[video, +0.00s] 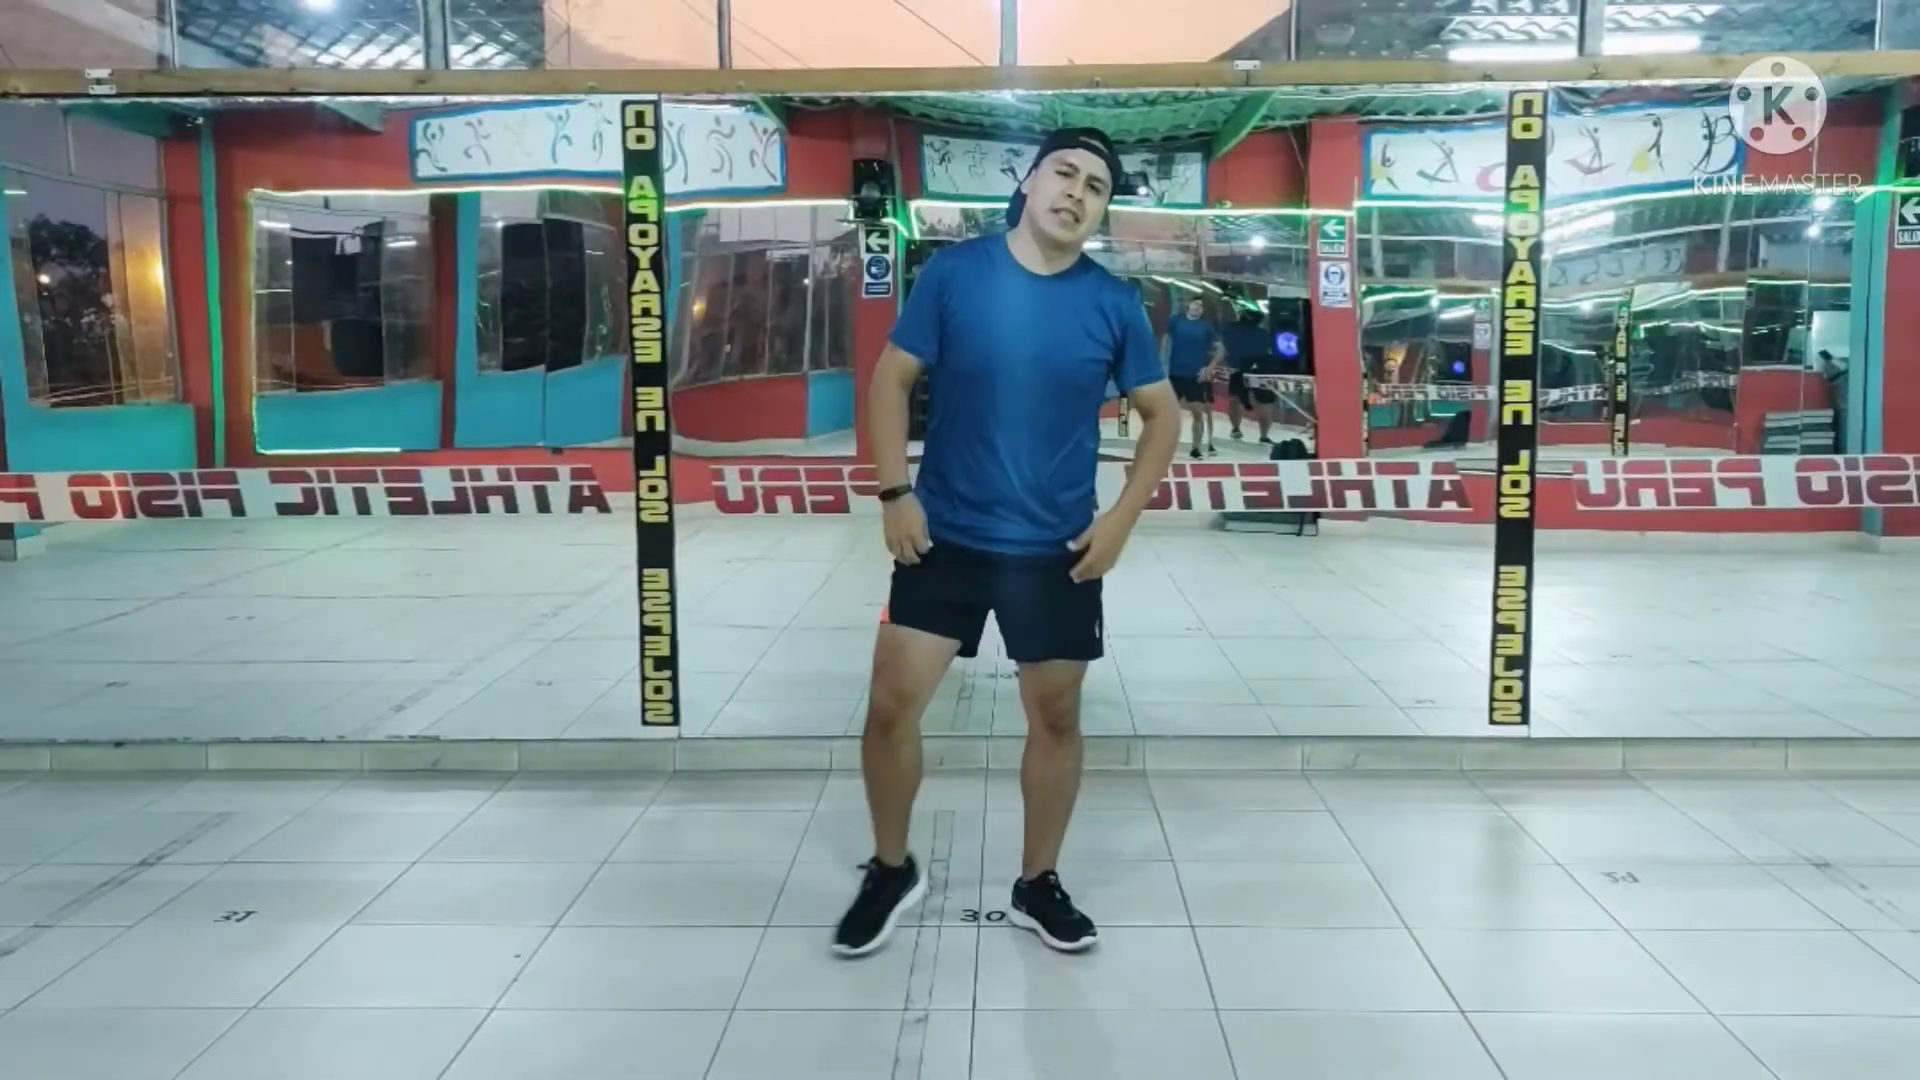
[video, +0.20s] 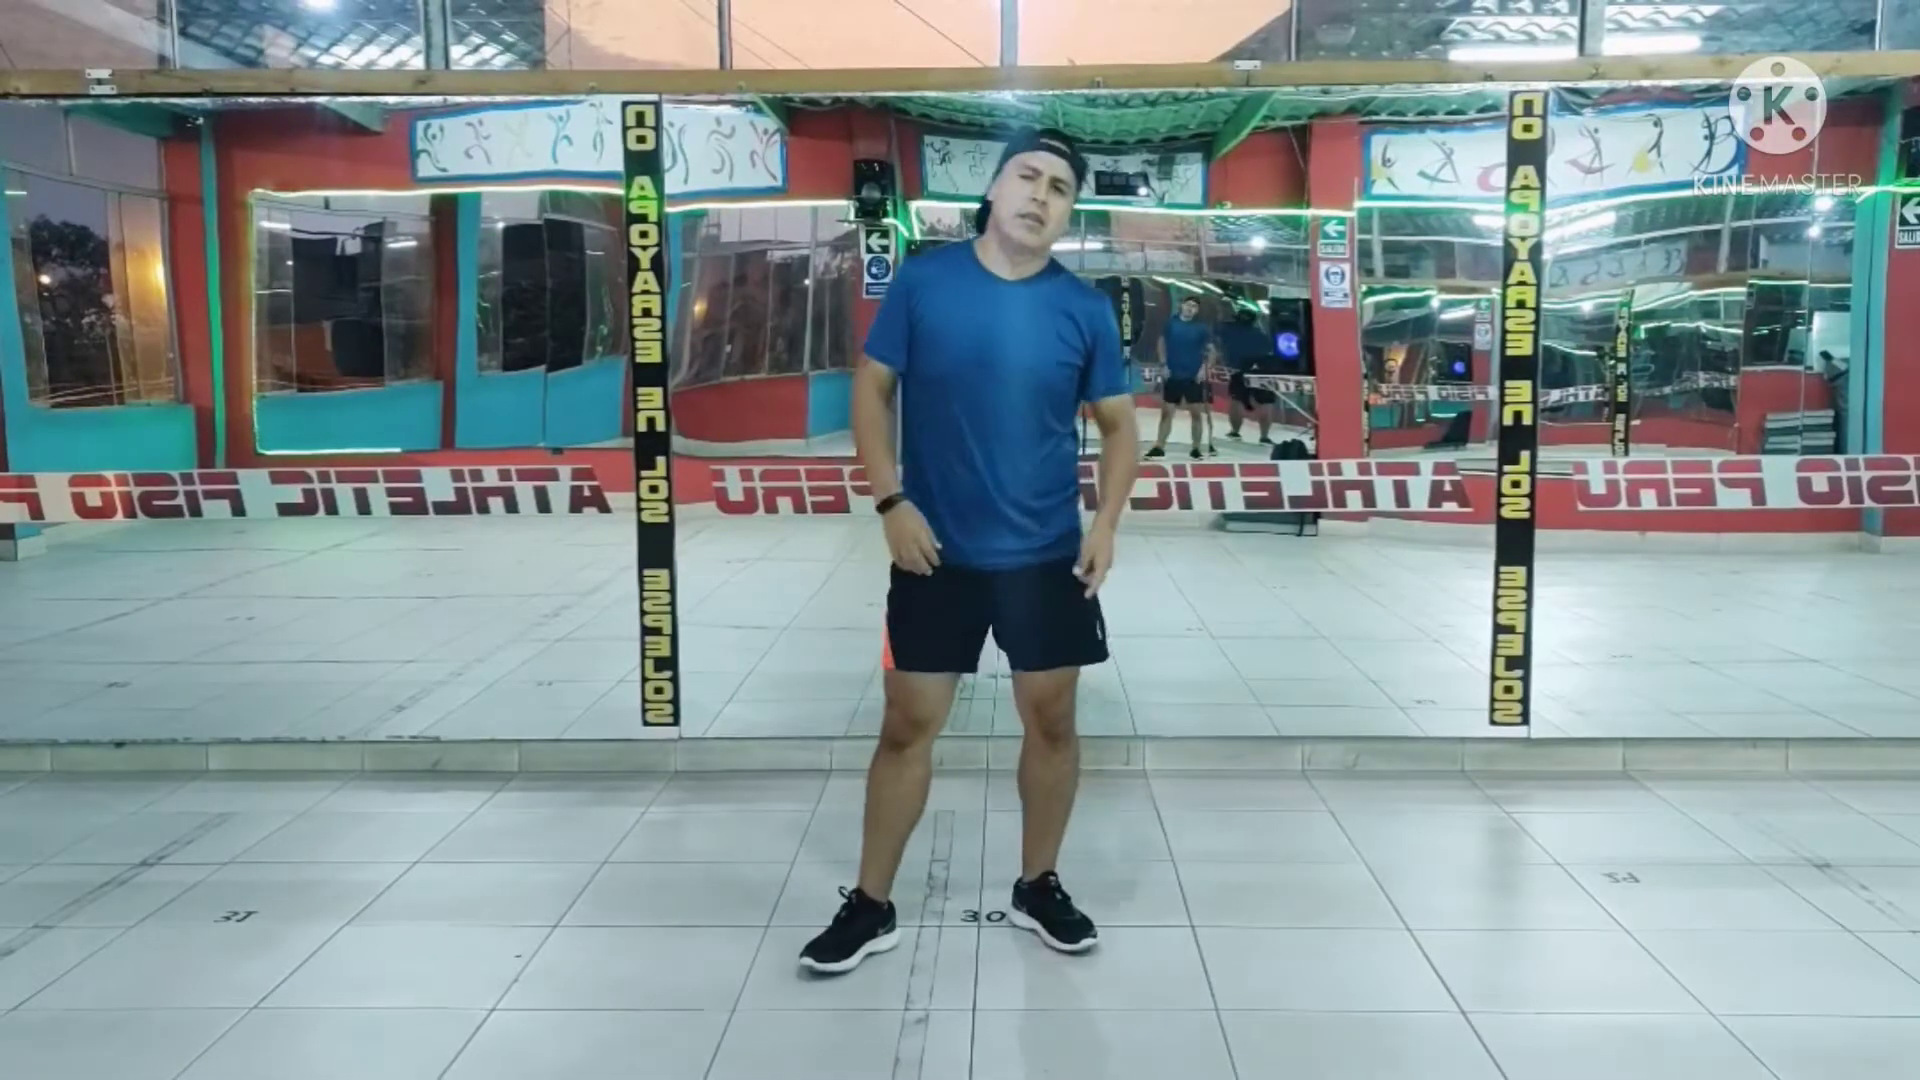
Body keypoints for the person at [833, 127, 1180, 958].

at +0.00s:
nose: (1078, 192)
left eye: (1095, 187)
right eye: (1065, 174)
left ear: (1103, 212)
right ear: (1026, 183)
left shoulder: (1114, 303)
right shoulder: (952, 275)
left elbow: (1163, 417)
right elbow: (889, 381)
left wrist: (1122, 516)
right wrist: (894, 493)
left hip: (1054, 547)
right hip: (946, 535)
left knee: (1057, 716)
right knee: (891, 704)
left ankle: (1039, 881)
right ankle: (890, 867)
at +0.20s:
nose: (1040, 195)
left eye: (1057, 188)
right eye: (1027, 178)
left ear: (1068, 214)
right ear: (990, 192)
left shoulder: (1083, 308)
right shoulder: (923, 279)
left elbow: (1120, 429)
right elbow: (870, 390)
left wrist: (1106, 523)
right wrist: (890, 502)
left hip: (1043, 552)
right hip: (938, 546)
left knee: (1053, 722)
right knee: (906, 725)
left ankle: (1038, 884)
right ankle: (869, 901)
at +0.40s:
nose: (977, 186)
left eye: (996, 178)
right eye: (965, 171)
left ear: (1017, 205)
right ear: (934, 187)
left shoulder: (1044, 297)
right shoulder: (880, 288)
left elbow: (1088, 420)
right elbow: (829, 404)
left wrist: (1061, 474)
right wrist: (826, 514)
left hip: (1029, 548)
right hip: (914, 549)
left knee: (1094, 716)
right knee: (884, 728)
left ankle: (1072, 866)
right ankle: (867, 901)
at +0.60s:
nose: (969, 189)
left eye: (989, 179)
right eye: (955, 174)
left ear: (1013, 204)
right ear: (931, 192)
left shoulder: (1045, 297)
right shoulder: (883, 292)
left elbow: (1085, 423)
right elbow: (828, 406)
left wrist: (1043, 414)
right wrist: (776, 510)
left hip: (1027, 559)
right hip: (912, 554)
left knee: (1083, 731)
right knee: (886, 732)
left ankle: (1122, 903)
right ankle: (867, 903)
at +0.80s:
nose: (992, 186)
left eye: (1012, 176)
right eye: (978, 171)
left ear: (1038, 202)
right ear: (953, 190)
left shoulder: (1067, 295)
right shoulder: (903, 289)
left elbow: (1100, 425)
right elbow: (861, 400)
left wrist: (1053, 395)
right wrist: (818, 510)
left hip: (1049, 555)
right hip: (932, 551)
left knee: (1095, 726)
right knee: (886, 723)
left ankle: (1124, 904)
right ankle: (867, 903)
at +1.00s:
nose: (999, 185)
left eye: (1019, 176)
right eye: (986, 170)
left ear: (1044, 204)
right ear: (960, 190)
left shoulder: (1072, 297)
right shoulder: (907, 290)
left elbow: (1111, 428)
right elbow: (874, 413)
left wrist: (1061, 390)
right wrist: (859, 523)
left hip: (1047, 558)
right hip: (933, 555)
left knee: (1094, 733)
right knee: (901, 734)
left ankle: (1124, 905)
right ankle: (871, 904)